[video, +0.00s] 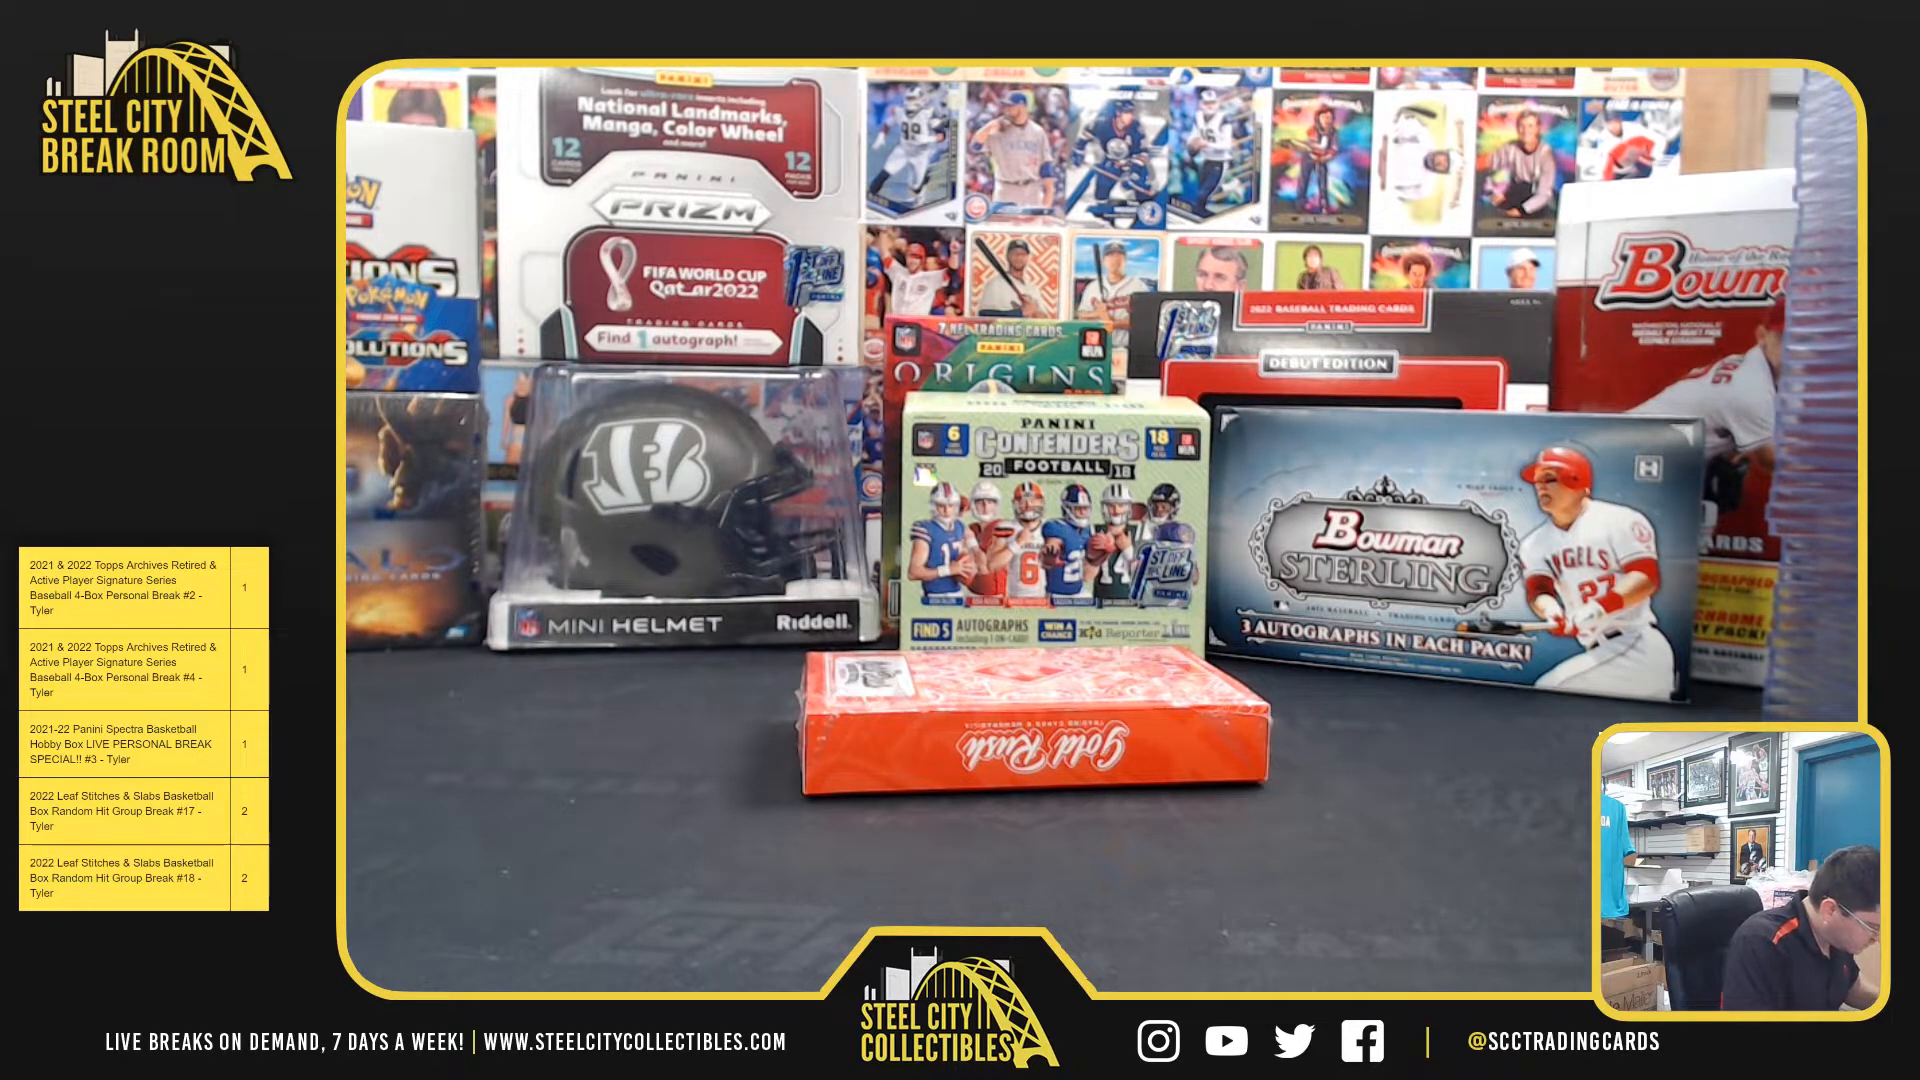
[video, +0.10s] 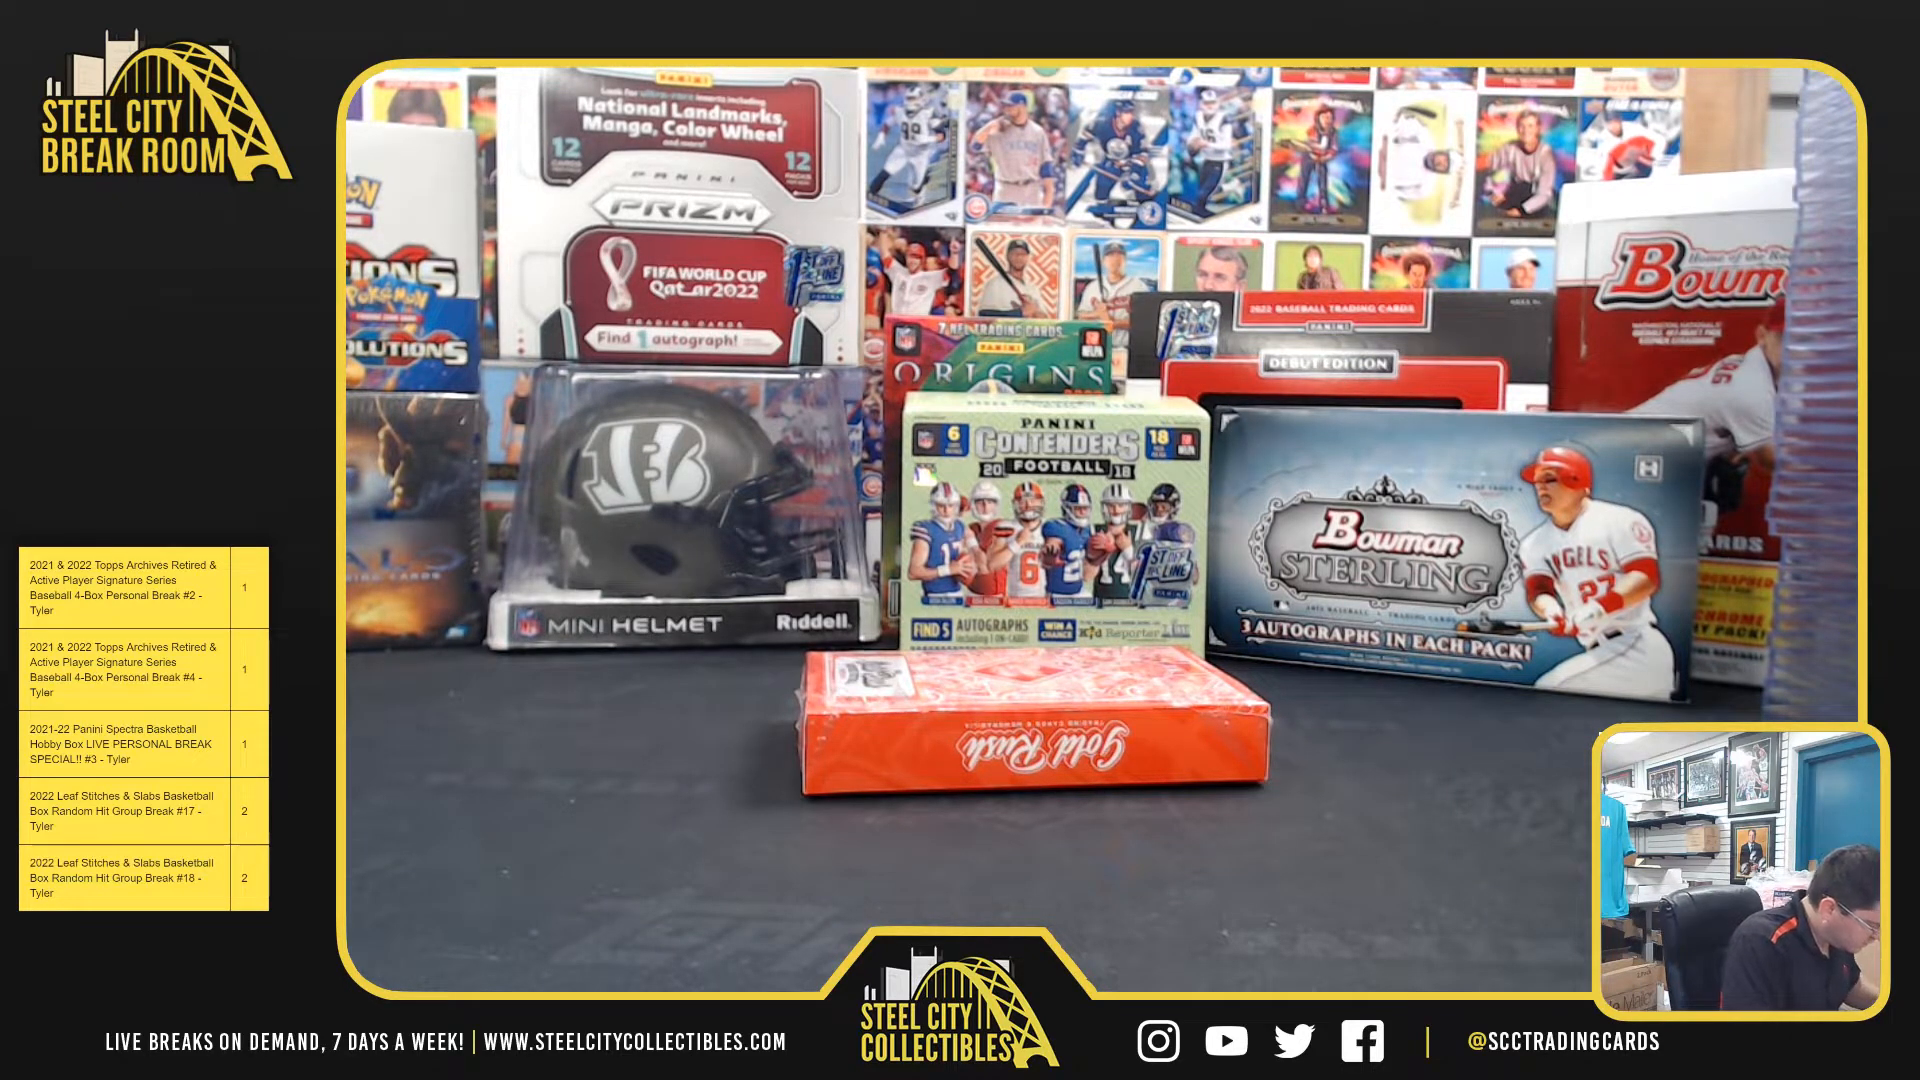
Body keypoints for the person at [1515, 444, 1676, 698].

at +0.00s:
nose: (1540, 489)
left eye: (1549, 480)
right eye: (1537, 483)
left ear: (1578, 484)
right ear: (1533, 487)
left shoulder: (1624, 521)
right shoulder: (1534, 545)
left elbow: (1646, 578)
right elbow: (1538, 591)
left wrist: (1599, 608)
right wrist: (1553, 613)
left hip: (1638, 647)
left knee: (1547, 691)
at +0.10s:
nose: (1540, 489)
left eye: (1549, 480)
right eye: (1537, 483)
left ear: (1578, 484)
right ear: (1533, 487)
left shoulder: (1624, 521)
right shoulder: (1534, 545)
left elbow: (1646, 577)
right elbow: (1538, 591)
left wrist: (1599, 608)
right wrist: (1553, 613)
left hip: (1638, 647)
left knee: (1547, 691)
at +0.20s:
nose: (1540, 489)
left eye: (1549, 480)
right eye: (1537, 483)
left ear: (1578, 484)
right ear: (1533, 487)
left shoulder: (1624, 521)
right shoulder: (1534, 545)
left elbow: (1646, 578)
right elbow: (1538, 591)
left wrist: (1599, 608)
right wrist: (1553, 613)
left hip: (1638, 647)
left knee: (1547, 692)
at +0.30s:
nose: (1540, 489)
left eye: (1549, 480)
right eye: (1537, 483)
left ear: (1578, 484)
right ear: (1533, 487)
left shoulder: (1624, 521)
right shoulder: (1534, 545)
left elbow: (1646, 577)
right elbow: (1538, 591)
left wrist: (1599, 608)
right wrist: (1553, 613)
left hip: (1637, 647)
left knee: (1547, 692)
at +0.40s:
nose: (1540, 489)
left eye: (1549, 480)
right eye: (1537, 483)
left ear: (1578, 484)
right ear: (1533, 487)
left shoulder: (1624, 521)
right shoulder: (1534, 545)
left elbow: (1646, 577)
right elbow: (1538, 591)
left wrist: (1599, 608)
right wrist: (1553, 613)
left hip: (1638, 647)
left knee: (1547, 692)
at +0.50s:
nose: (1540, 489)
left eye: (1549, 480)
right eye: (1537, 483)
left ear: (1578, 484)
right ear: (1533, 487)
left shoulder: (1624, 521)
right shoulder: (1534, 545)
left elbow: (1646, 577)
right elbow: (1538, 591)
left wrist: (1599, 608)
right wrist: (1553, 613)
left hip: (1638, 647)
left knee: (1547, 692)